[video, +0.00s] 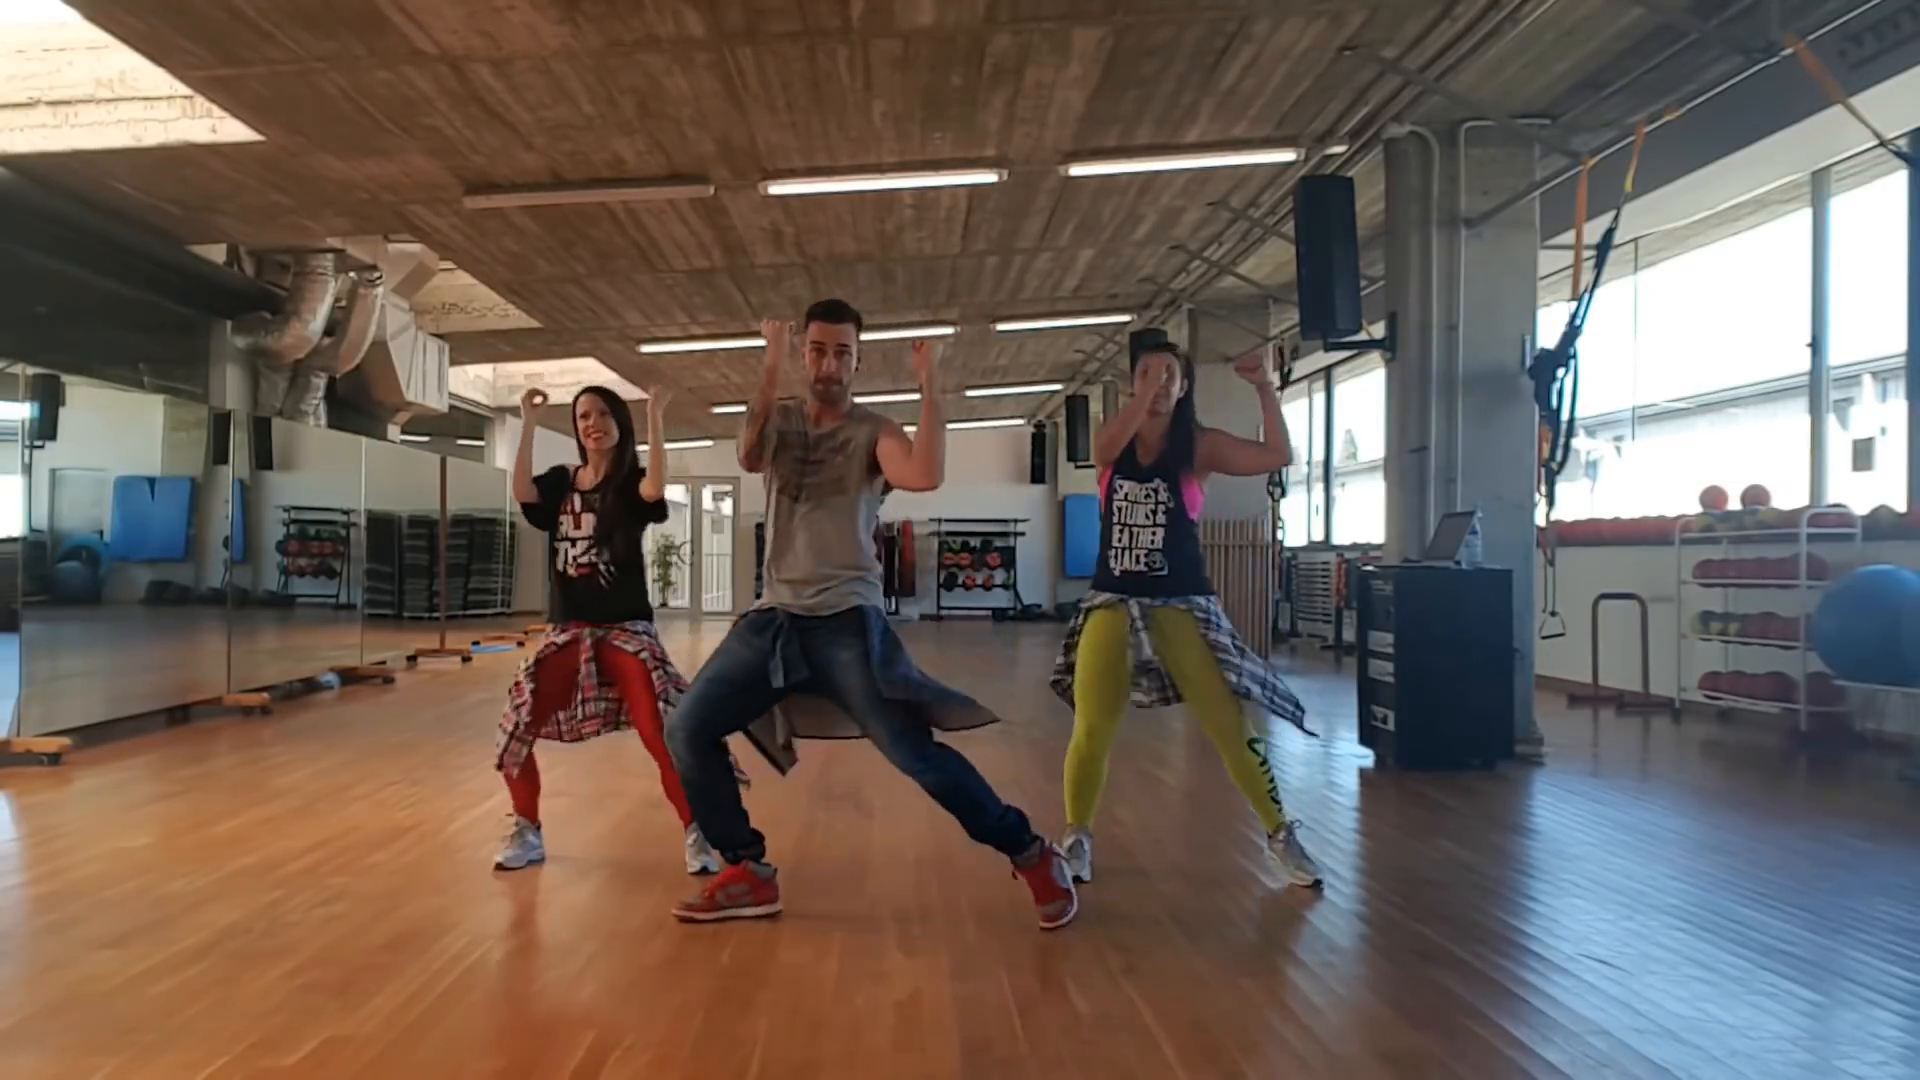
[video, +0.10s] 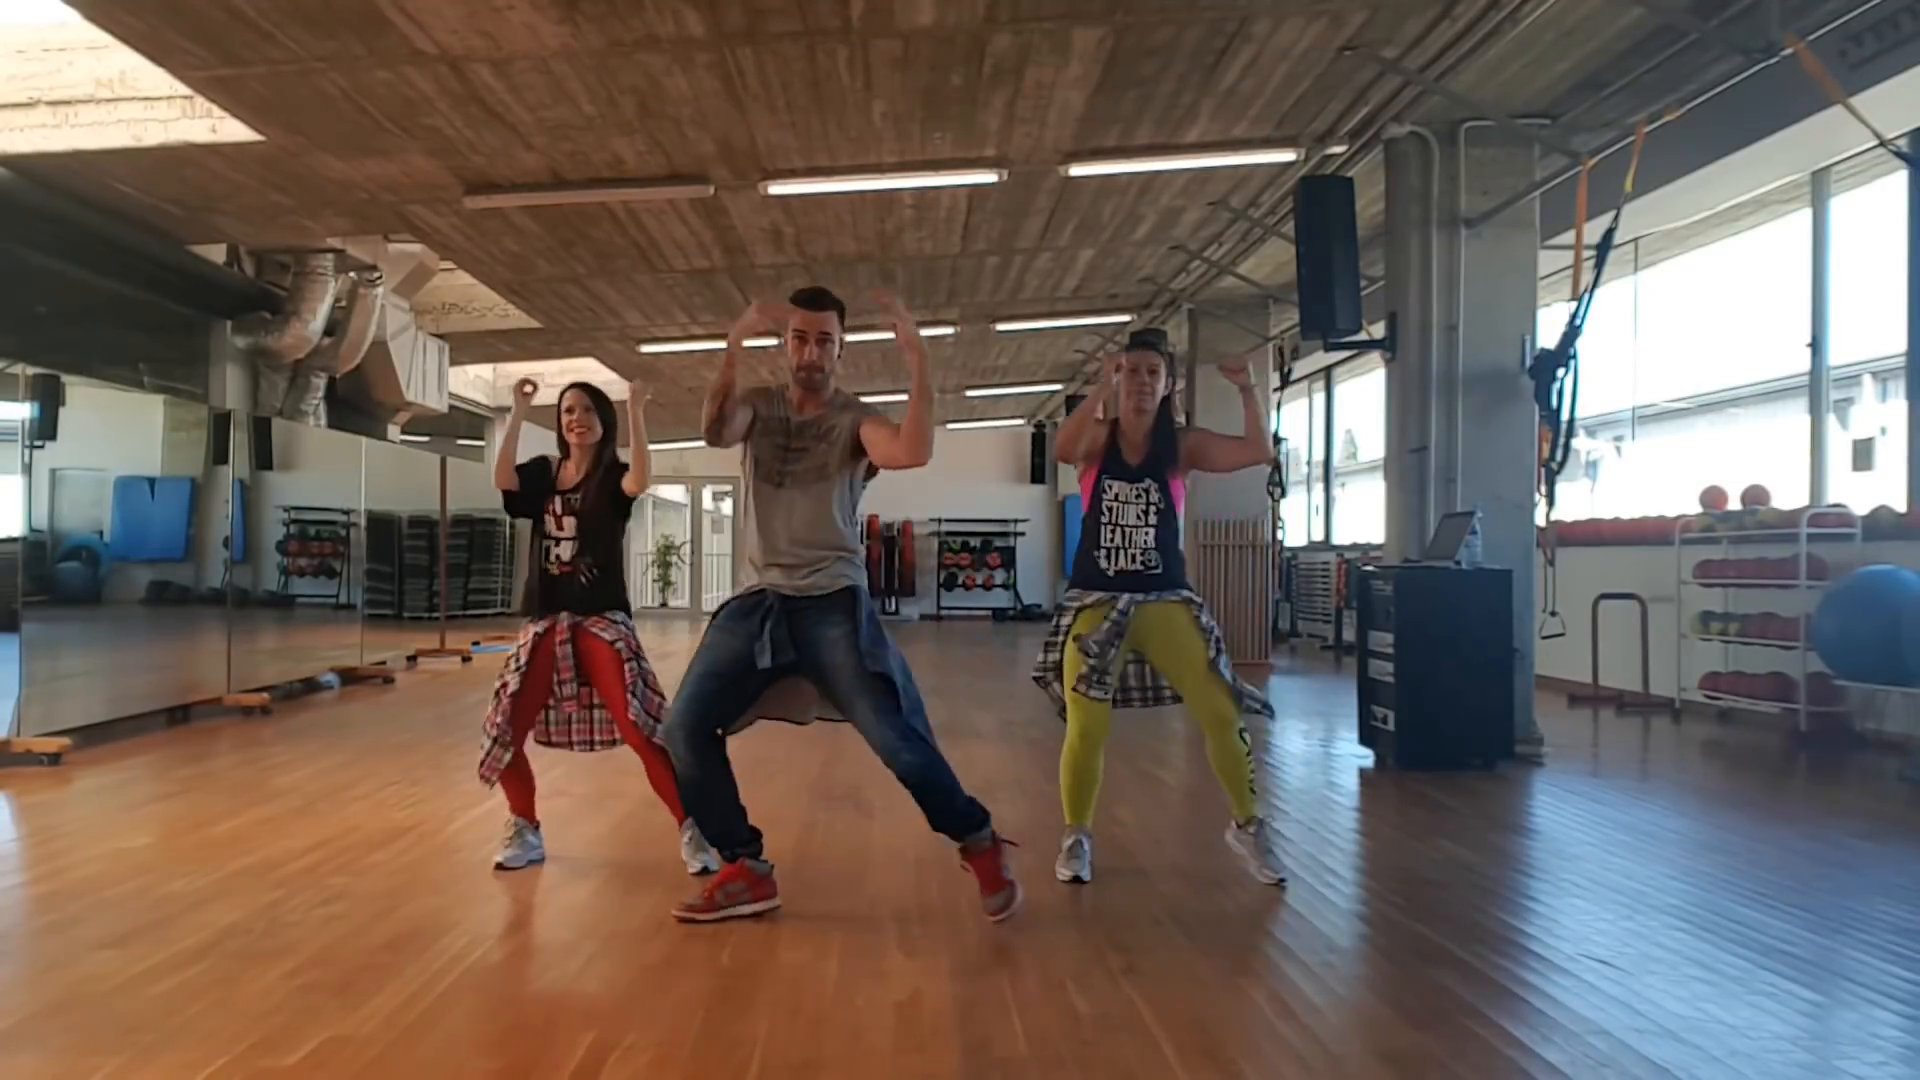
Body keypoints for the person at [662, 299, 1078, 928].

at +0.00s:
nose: (829, 363)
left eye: (842, 353)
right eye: (819, 350)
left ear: (857, 362)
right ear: (801, 355)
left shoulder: (873, 431)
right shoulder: (780, 421)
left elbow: (923, 475)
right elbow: (750, 457)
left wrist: (927, 392)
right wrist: (770, 379)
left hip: (846, 610)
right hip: (775, 609)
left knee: (907, 749)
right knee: (687, 727)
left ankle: (1030, 854)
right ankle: (748, 870)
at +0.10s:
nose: (810, 353)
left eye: (823, 341)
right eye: (799, 339)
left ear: (840, 348)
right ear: (783, 344)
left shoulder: (855, 421)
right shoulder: (756, 410)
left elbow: (912, 451)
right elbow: (713, 431)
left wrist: (916, 357)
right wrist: (734, 343)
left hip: (833, 598)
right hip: (758, 597)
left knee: (893, 738)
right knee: (685, 727)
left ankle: (980, 846)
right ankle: (745, 869)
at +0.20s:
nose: (800, 343)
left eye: (812, 331)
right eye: (789, 330)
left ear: (831, 337)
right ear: (775, 334)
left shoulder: (849, 405)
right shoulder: (747, 396)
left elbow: (914, 413)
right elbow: (701, 397)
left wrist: (913, 330)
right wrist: (716, 318)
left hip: (827, 582)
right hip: (747, 581)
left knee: (849, 727)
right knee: (688, 720)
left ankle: (897, 835)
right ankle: (735, 859)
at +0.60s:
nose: (820, 348)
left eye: (832, 336)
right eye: (808, 336)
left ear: (848, 342)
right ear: (788, 341)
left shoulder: (861, 407)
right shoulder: (763, 400)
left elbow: (885, 434)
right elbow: (721, 425)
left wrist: (879, 339)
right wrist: (733, 338)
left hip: (846, 591)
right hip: (770, 591)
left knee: (922, 709)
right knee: (747, 737)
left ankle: (894, 848)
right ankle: (701, 856)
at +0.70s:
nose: (838, 346)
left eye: (849, 335)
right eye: (827, 334)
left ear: (867, 344)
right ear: (810, 340)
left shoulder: (884, 407)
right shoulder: (784, 405)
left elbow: (902, 437)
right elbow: (725, 432)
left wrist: (878, 341)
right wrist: (719, 345)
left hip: (872, 600)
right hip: (797, 600)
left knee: (952, 715)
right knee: (776, 748)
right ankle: (678, 852)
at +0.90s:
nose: (895, 372)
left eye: (905, 359)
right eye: (883, 360)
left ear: (920, 362)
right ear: (868, 365)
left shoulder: (949, 428)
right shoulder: (846, 433)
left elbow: (955, 460)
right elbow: (787, 467)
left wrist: (925, 376)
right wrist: (772, 383)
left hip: (946, 621)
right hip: (874, 623)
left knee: (1034, 730)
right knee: (829, 760)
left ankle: (1031, 872)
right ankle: (699, 844)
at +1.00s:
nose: (921, 362)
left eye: (931, 348)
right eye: (909, 350)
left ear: (951, 350)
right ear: (895, 355)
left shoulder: (978, 413)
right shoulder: (878, 425)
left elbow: (999, 442)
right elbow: (812, 461)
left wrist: (962, 353)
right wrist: (797, 376)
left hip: (977, 604)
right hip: (903, 603)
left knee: (1051, 731)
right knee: (851, 747)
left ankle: (1033, 870)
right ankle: (746, 832)